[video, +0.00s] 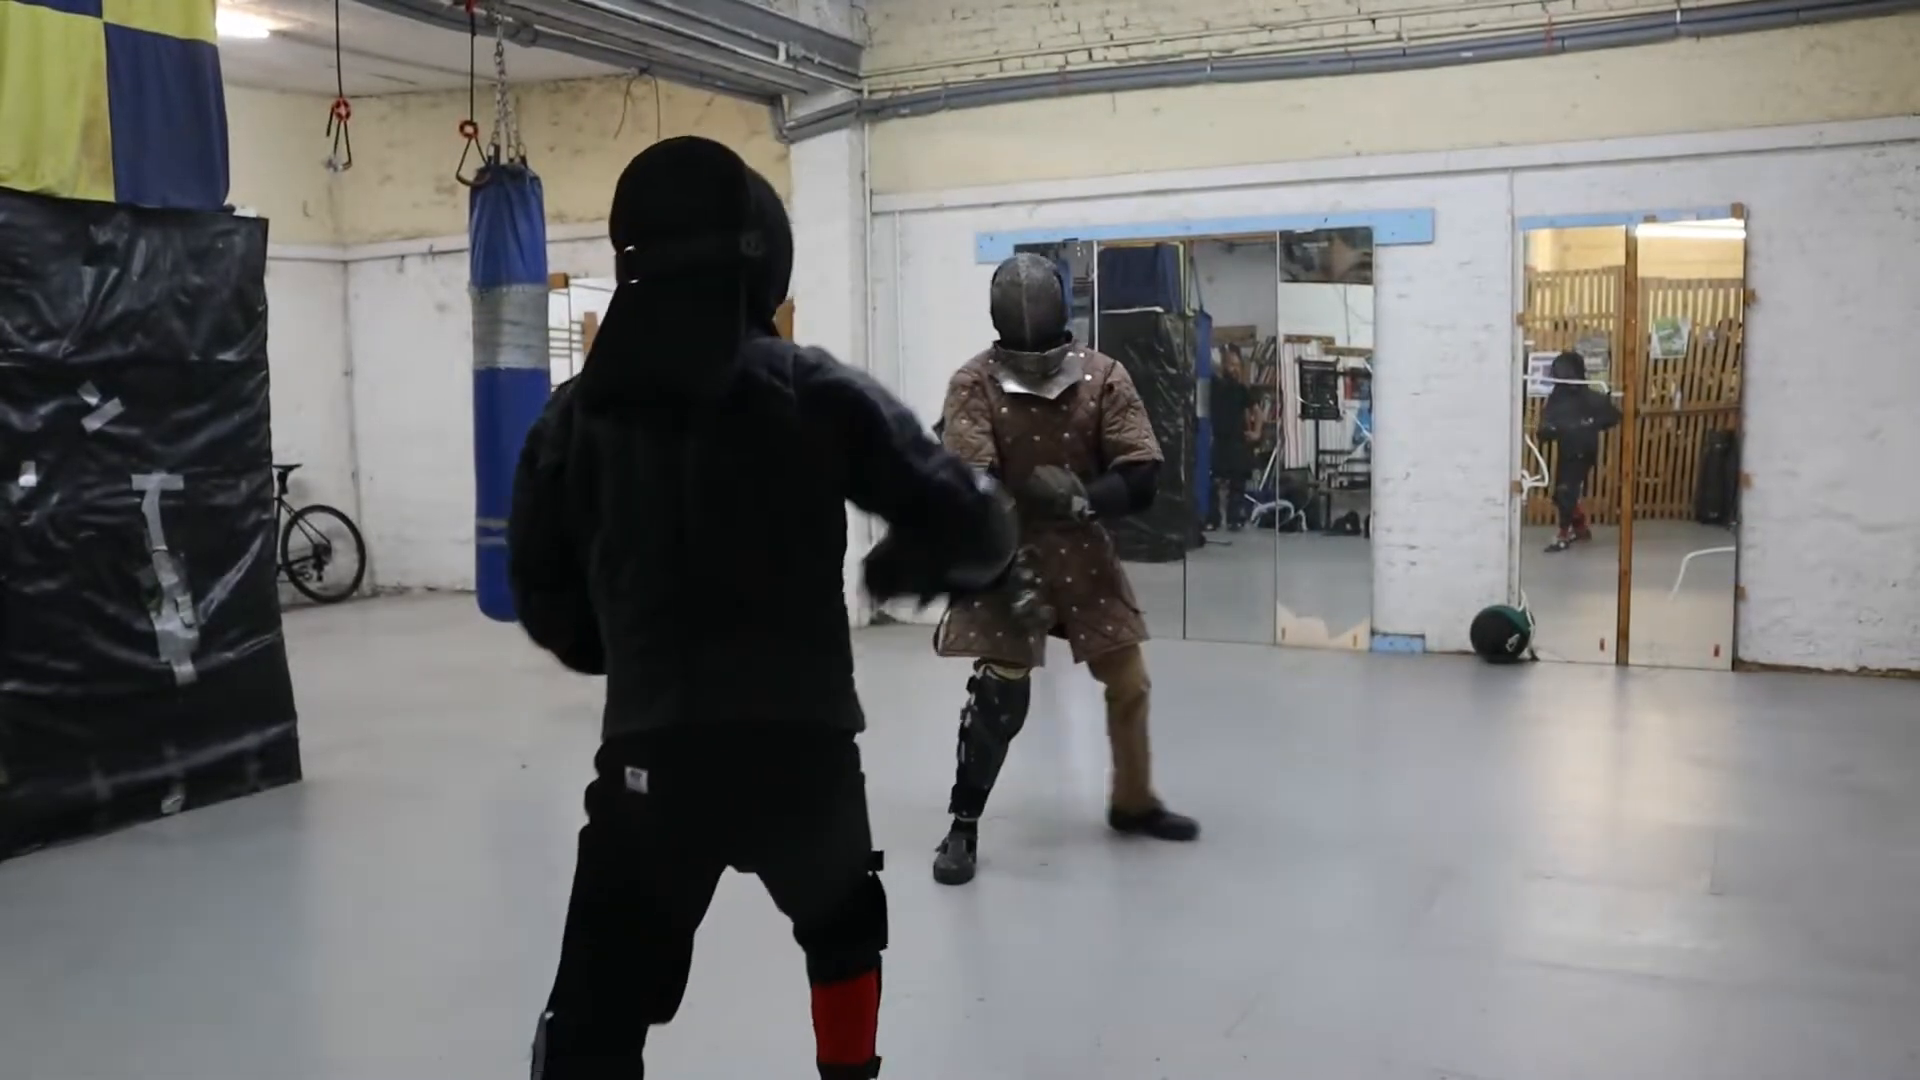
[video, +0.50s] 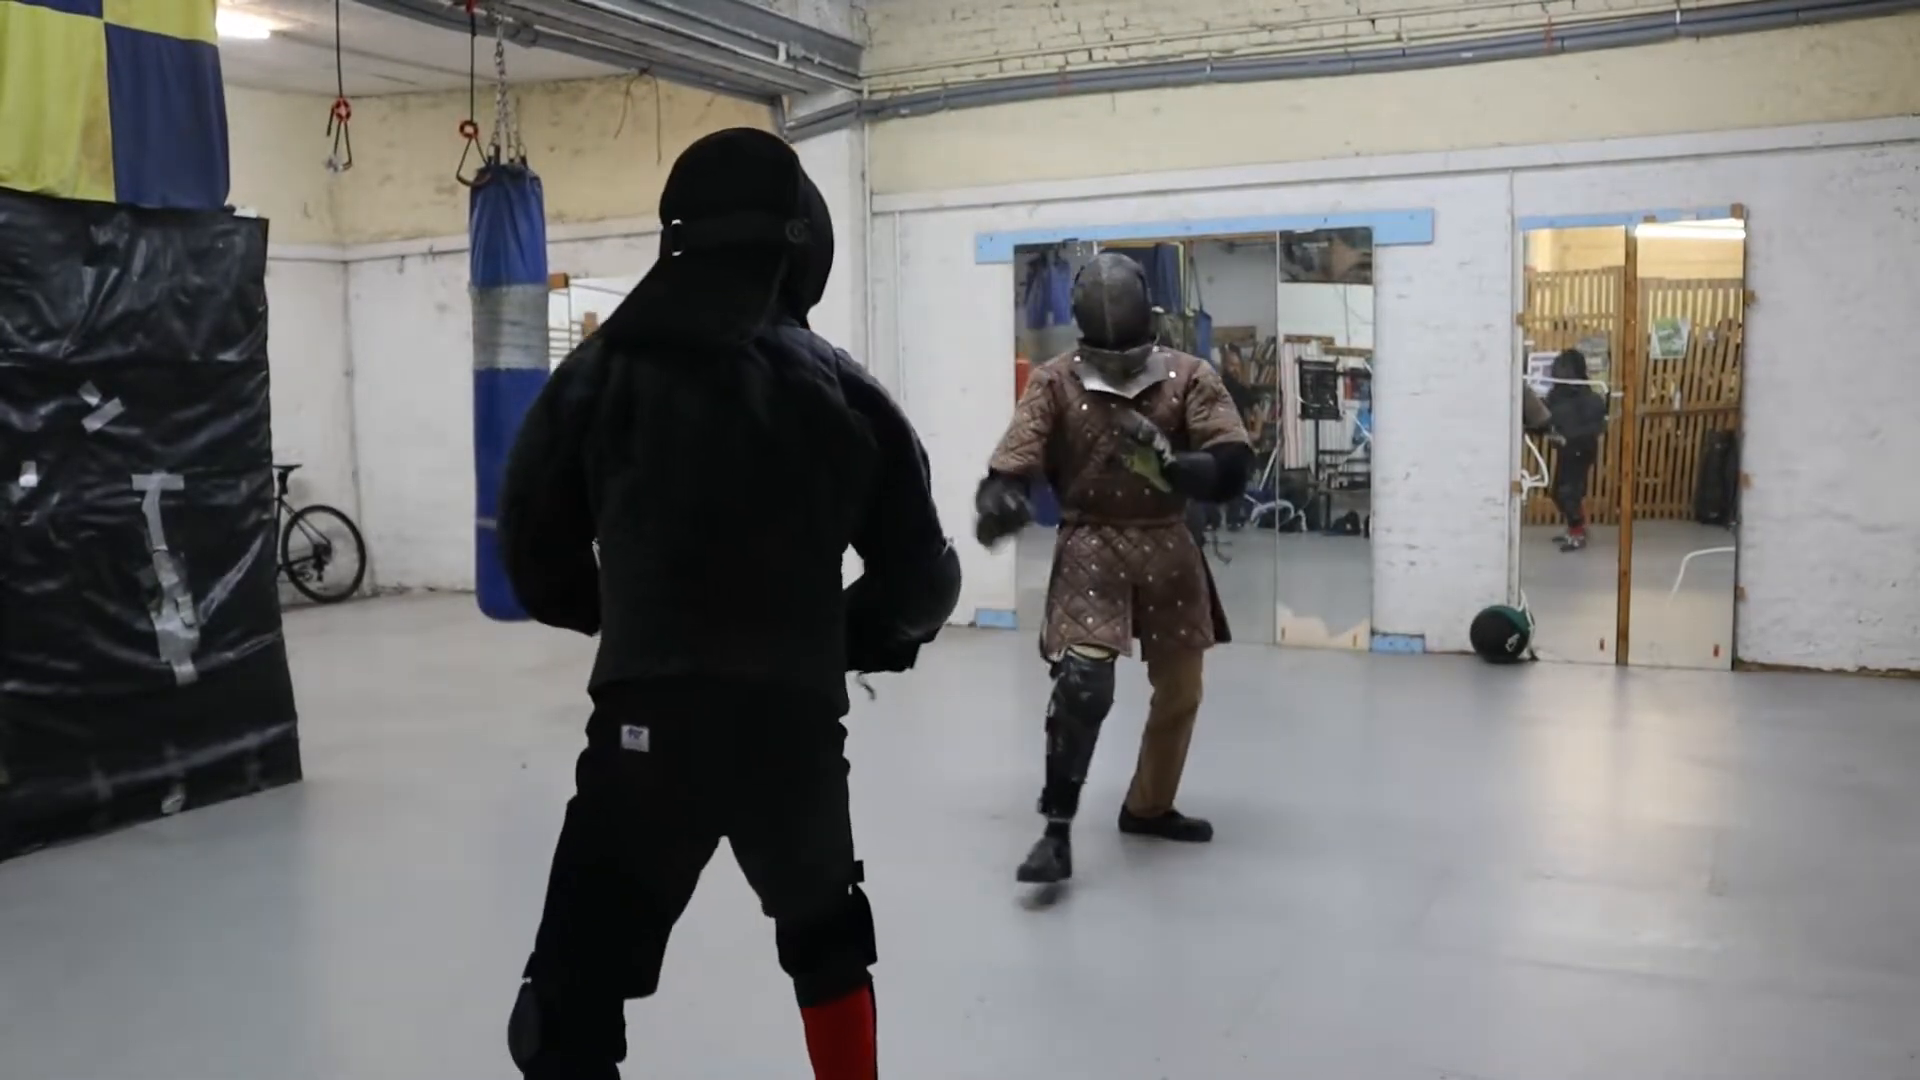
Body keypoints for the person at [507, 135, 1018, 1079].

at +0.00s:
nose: (790, 286)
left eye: (780, 261)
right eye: (779, 261)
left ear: (635, 271)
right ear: (759, 271)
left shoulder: (572, 420)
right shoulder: (812, 393)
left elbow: (548, 605)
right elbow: (970, 518)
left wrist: (636, 651)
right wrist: (900, 569)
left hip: (652, 766)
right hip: (804, 759)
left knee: (596, 1010)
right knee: (843, 925)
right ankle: (850, 1069)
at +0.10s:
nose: (778, 268)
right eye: (770, 247)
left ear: (623, 262)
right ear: (754, 260)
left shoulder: (557, 416)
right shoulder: (813, 403)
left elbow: (525, 617)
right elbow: (935, 576)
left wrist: (628, 644)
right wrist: (819, 646)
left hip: (636, 776)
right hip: (792, 770)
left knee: (582, 1027)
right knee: (834, 941)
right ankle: (846, 1070)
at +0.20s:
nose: (783, 264)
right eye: (774, 245)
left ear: (633, 259)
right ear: (759, 259)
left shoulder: (564, 402)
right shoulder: (823, 403)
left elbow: (510, 599)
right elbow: (907, 586)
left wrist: (604, 599)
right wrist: (827, 633)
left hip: (636, 764)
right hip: (790, 759)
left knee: (586, 1017)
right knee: (835, 930)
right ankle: (849, 1075)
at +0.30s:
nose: (793, 272)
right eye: (785, 251)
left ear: (651, 258)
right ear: (778, 261)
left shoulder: (586, 402)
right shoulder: (834, 410)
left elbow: (518, 589)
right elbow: (901, 604)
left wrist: (614, 558)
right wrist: (828, 634)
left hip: (645, 764)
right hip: (795, 764)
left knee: (594, 1015)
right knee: (835, 942)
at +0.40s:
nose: (805, 265)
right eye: (799, 246)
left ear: (672, 253)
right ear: (794, 257)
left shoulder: (601, 392)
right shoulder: (839, 403)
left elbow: (537, 580)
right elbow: (911, 594)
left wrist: (617, 580)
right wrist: (852, 638)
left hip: (648, 754)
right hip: (797, 753)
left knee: (590, 998)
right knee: (838, 936)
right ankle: (856, 1078)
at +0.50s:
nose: (814, 258)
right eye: (807, 239)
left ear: (676, 243)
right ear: (796, 248)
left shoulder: (598, 374)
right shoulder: (839, 391)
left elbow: (536, 558)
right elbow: (922, 575)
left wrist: (625, 605)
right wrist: (841, 636)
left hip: (645, 736)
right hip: (792, 735)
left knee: (578, 984)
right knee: (827, 942)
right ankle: (849, 1073)